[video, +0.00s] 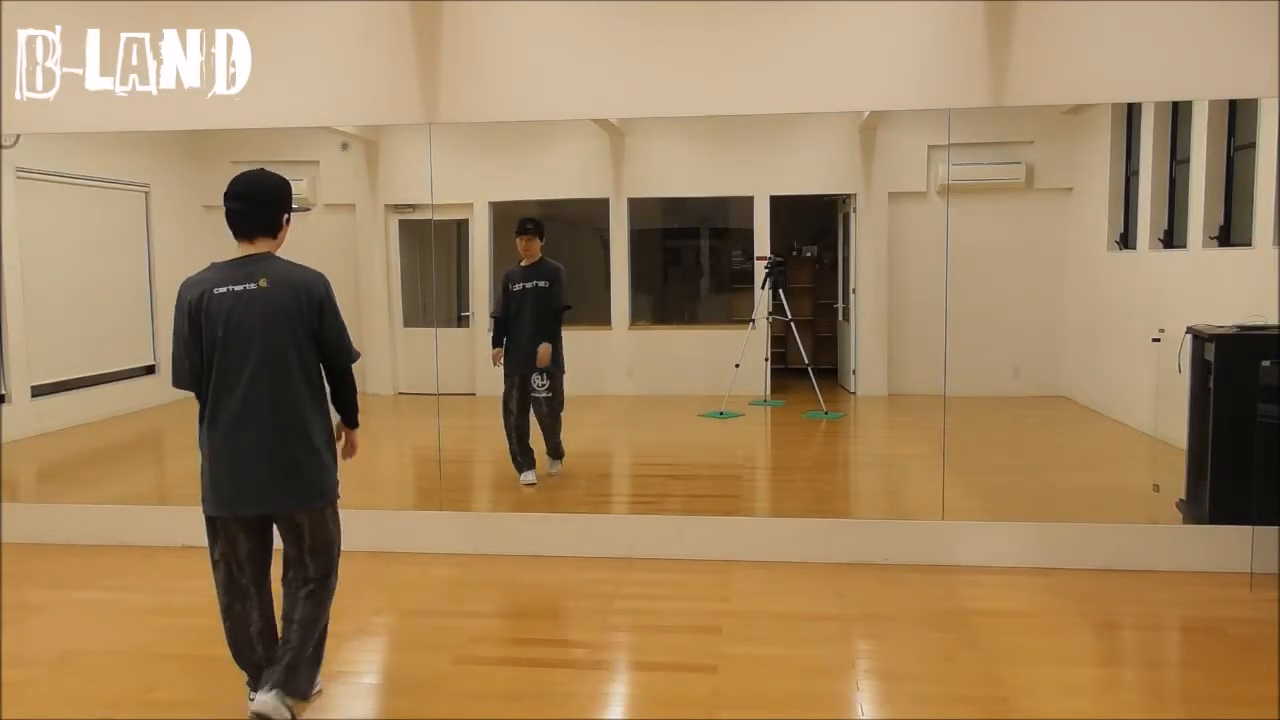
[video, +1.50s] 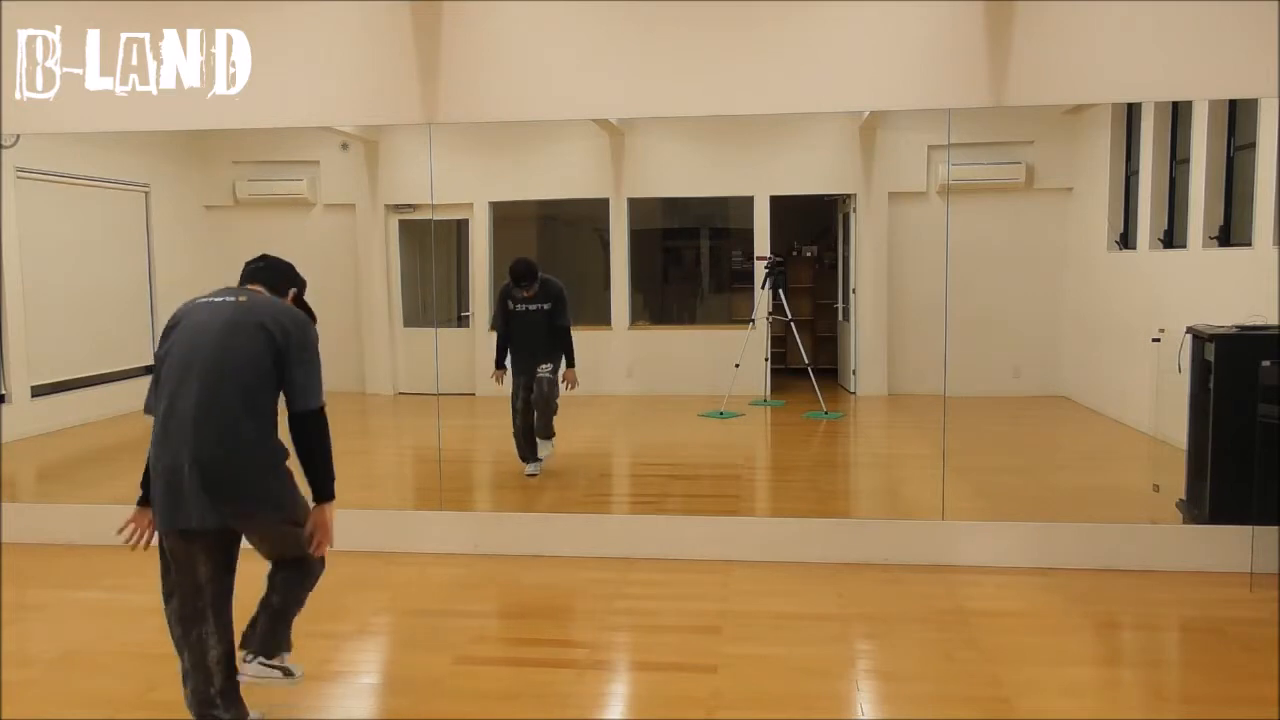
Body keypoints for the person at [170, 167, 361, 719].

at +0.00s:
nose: (290, 222)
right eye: (289, 215)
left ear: (230, 222)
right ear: (284, 222)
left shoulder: (196, 289)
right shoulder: (309, 284)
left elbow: (190, 377)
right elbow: (339, 363)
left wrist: (232, 399)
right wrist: (349, 419)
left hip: (229, 467)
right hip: (300, 463)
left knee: (239, 578)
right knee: (311, 569)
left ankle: (265, 680)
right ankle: (281, 687)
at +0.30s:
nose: (293, 224)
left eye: (290, 215)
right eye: (293, 216)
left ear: (232, 222)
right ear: (286, 222)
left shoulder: (196, 290)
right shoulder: (305, 288)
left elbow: (191, 382)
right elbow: (328, 380)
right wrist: (307, 434)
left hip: (220, 476)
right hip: (290, 473)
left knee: (233, 590)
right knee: (275, 599)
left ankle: (271, 681)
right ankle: (254, 711)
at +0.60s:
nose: (295, 231)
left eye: (295, 223)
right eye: (295, 223)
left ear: (234, 226)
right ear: (287, 229)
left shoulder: (188, 290)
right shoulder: (298, 297)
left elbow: (176, 385)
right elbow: (314, 398)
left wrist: (209, 451)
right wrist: (326, 477)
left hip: (212, 482)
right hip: (277, 484)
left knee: (230, 593)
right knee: (273, 602)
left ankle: (225, 694)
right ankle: (258, 710)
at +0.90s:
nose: (285, 227)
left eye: (287, 220)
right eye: (286, 219)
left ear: (222, 215)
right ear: (276, 217)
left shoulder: (176, 268)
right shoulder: (286, 279)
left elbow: (171, 355)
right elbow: (305, 381)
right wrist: (326, 454)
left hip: (197, 472)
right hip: (269, 472)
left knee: (204, 597)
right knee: (269, 597)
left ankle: (213, 708)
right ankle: (260, 711)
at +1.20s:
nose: (274, 225)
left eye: (272, 217)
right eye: (274, 218)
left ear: (212, 225)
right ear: (267, 224)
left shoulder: (176, 289)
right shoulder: (293, 289)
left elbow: (169, 380)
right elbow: (304, 385)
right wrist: (314, 447)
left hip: (183, 477)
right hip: (261, 475)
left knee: (195, 607)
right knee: (261, 601)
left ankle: (210, 711)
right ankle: (259, 711)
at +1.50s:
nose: (295, 311)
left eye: (297, 308)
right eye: (298, 306)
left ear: (243, 285)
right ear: (290, 297)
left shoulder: (185, 314)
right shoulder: (290, 321)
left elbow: (165, 416)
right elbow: (306, 416)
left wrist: (148, 498)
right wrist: (323, 500)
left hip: (178, 479)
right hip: (248, 471)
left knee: (199, 614)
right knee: (299, 554)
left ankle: (217, 711)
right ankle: (264, 649)